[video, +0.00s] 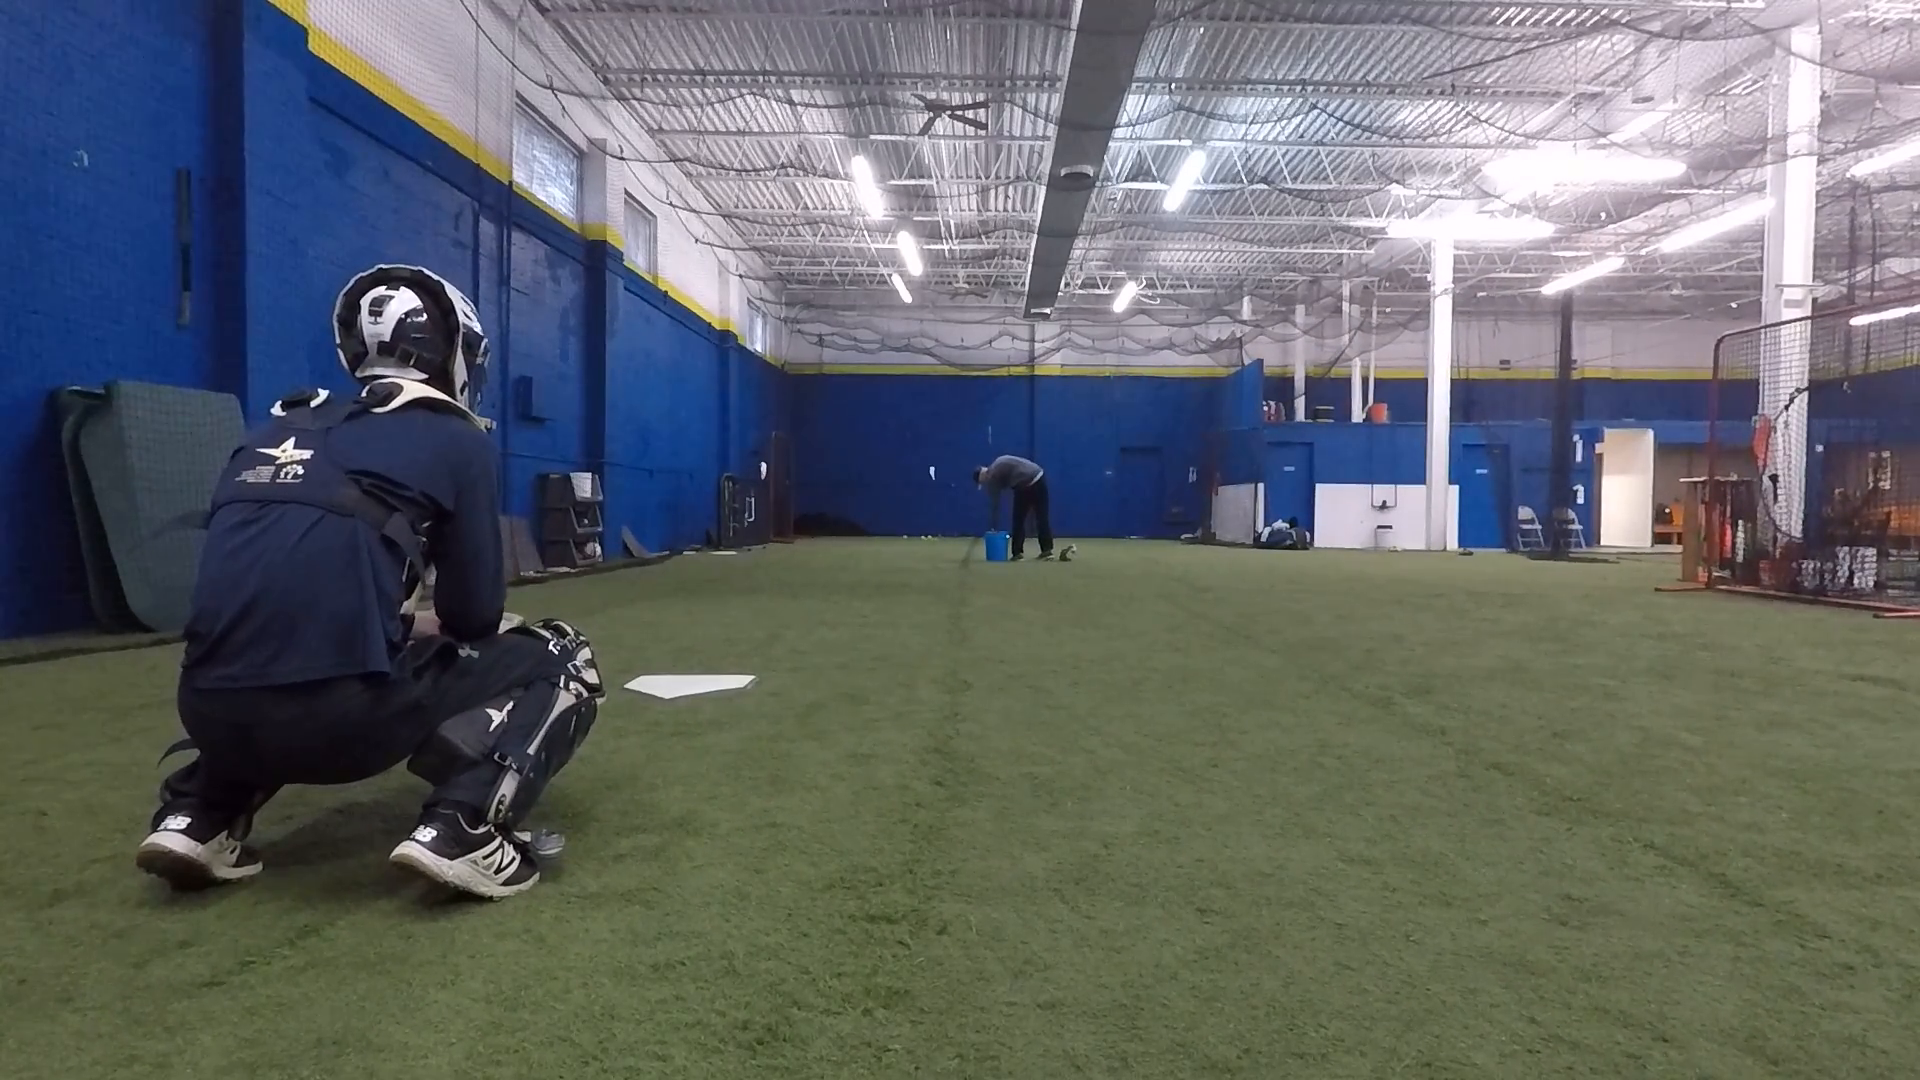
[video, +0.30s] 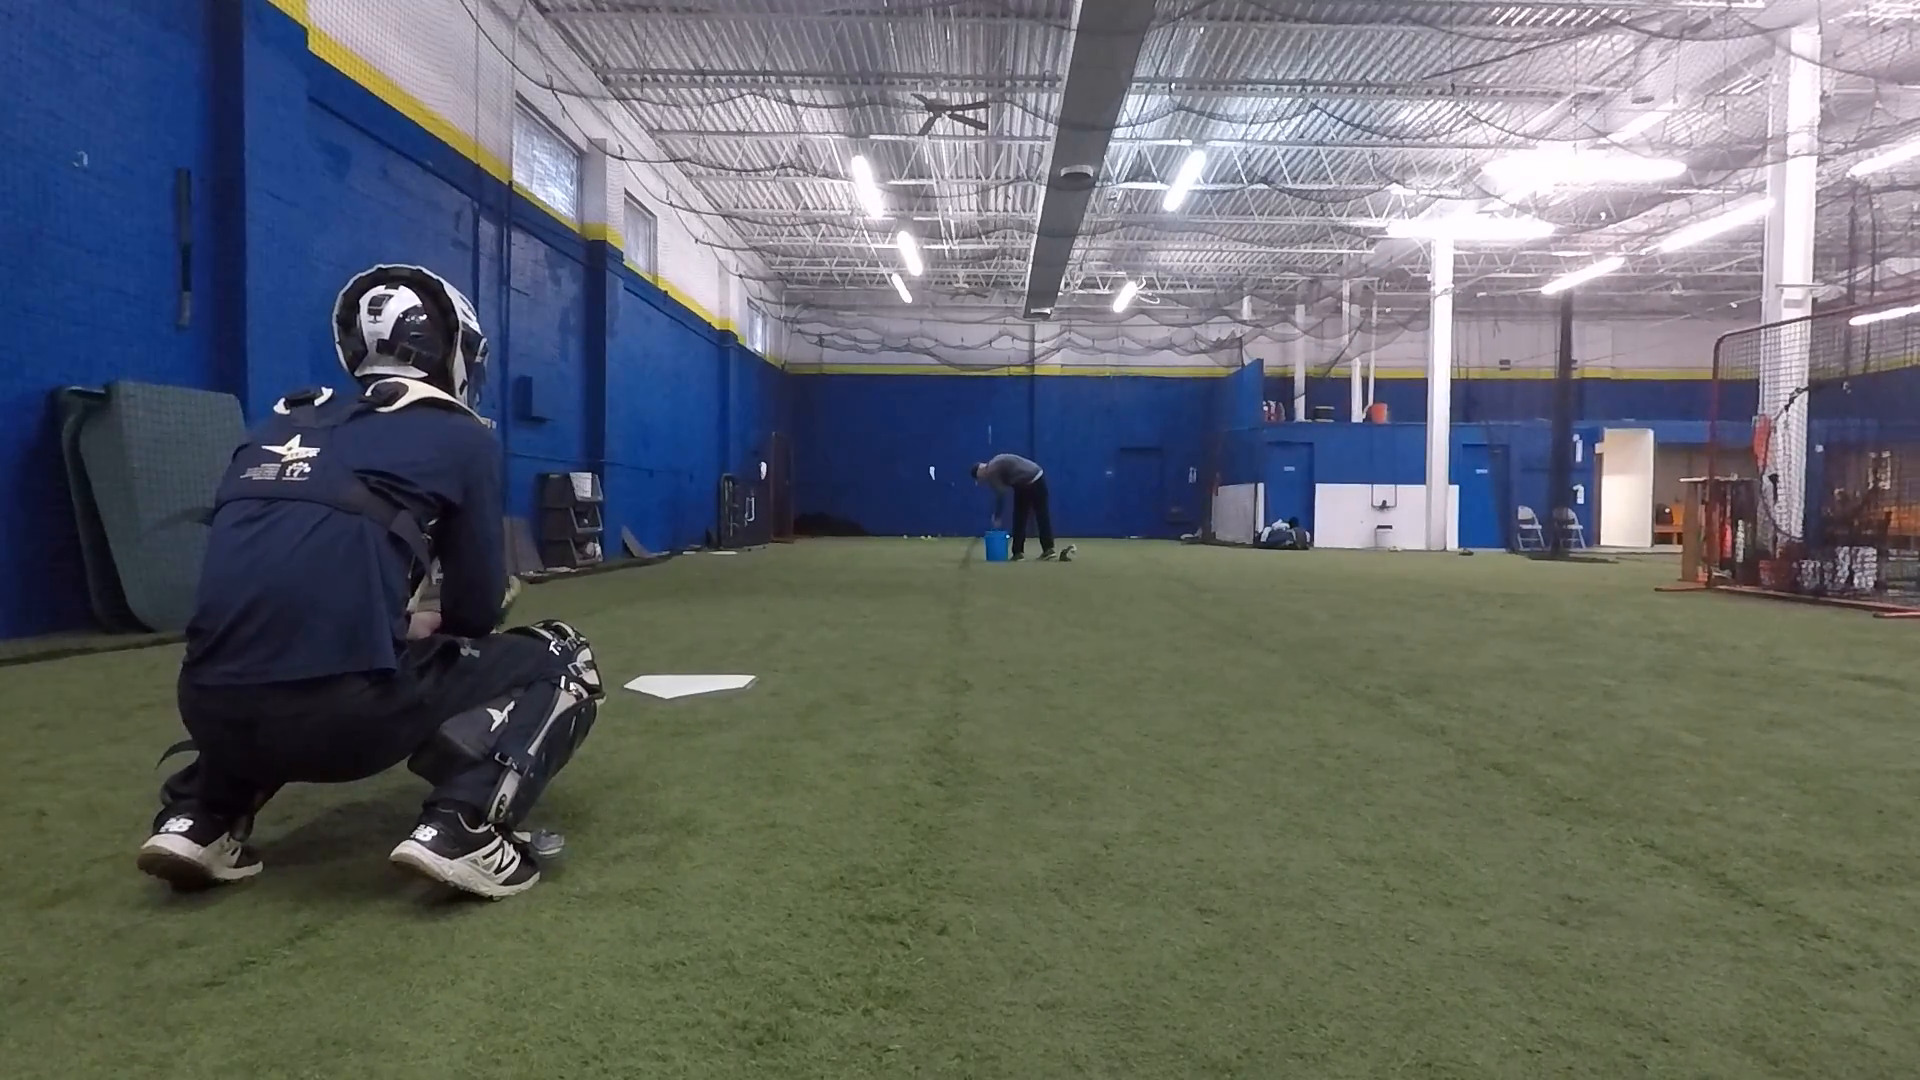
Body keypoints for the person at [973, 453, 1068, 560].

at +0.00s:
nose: (985, 482)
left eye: (982, 480)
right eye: (982, 482)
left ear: (984, 473)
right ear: (983, 477)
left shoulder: (999, 465)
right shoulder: (993, 481)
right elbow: (994, 504)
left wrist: (994, 527)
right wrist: (994, 527)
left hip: (1037, 481)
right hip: (1020, 488)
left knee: (1042, 518)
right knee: (1018, 520)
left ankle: (1047, 551)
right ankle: (1017, 553)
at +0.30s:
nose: (982, 480)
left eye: (980, 477)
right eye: (980, 478)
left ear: (981, 470)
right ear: (981, 469)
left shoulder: (993, 467)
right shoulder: (992, 473)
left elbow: (1001, 494)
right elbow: (1001, 495)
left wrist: (996, 516)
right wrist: (997, 517)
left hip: (1036, 481)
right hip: (1020, 486)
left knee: (1042, 517)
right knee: (1019, 520)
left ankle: (1048, 549)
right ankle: (1017, 552)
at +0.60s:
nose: (981, 475)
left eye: (979, 473)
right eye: (978, 474)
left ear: (980, 465)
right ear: (981, 464)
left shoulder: (991, 467)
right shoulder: (992, 465)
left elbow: (1006, 485)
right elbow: (1005, 485)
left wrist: (1002, 504)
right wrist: (1002, 503)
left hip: (1035, 479)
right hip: (1021, 484)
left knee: (1041, 515)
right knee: (1021, 518)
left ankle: (1048, 549)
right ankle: (1018, 552)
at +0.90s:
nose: (982, 478)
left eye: (980, 476)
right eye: (979, 477)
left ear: (980, 469)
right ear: (980, 468)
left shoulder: (993, 468)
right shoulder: (991, 471)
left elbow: (998, 497)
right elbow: (997, 498)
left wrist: (999, 521)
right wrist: (998, 521)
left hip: (1036, 480)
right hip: (1021, 485)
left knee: (1042, 516)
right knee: (1021, 519)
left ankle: (1048, 549)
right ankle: (1018, 552)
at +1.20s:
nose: (983, 487)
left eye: (981, 484)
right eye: (980, 485)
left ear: (981, 477)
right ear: (982, 474)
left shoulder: (993, 476)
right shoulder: (992, 474)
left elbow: (997, 504)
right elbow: (997, 504)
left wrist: (998, 528)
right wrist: (998, 528)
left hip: (1036, 481)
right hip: (1021, 485)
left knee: (1043, 516)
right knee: (1020, 519)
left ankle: (1049, 548)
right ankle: (1018, 552)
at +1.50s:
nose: (985, 492)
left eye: (982, 490)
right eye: (982, 491)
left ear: (982, 482)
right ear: (982, 480)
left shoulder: (993, 480)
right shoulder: (993, 478)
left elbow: (997, 506)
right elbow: (997, 507)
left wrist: (998, 531)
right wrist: (999, 531)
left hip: (1036, 480)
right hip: (1021, 486)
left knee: (1044, 516)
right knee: (1020, 520)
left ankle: (1049, 549)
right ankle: (1018, 552)